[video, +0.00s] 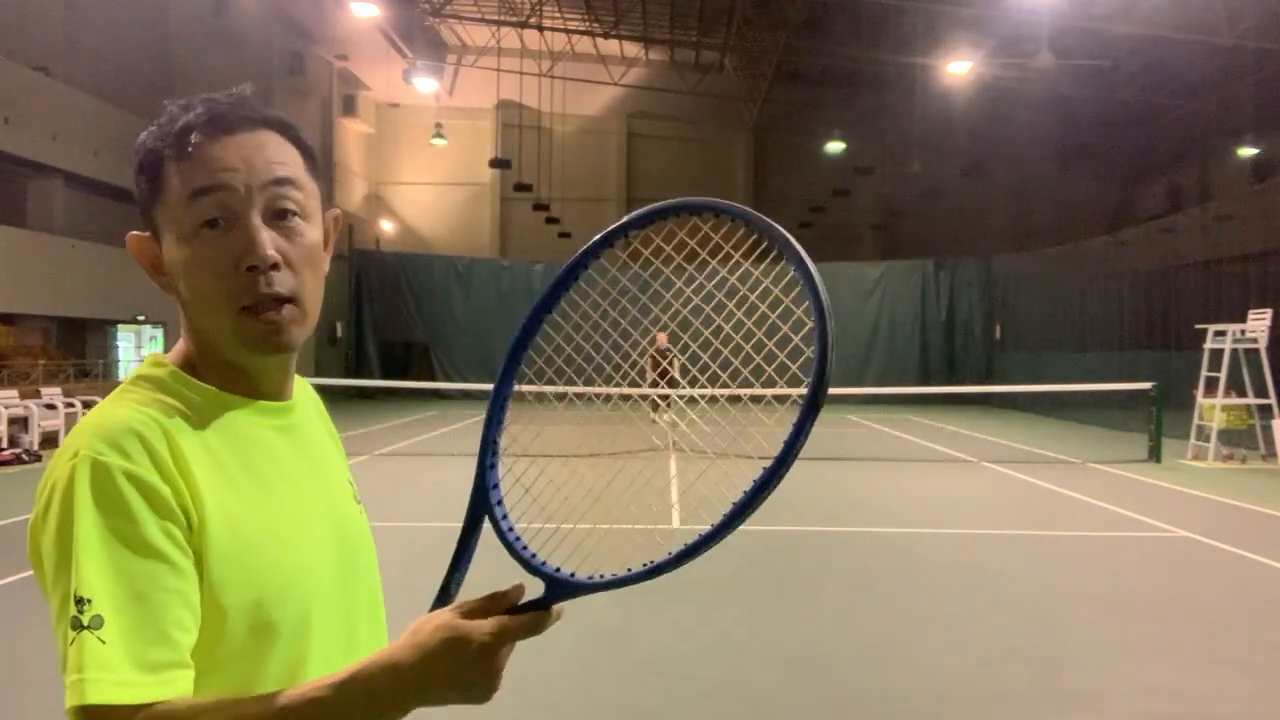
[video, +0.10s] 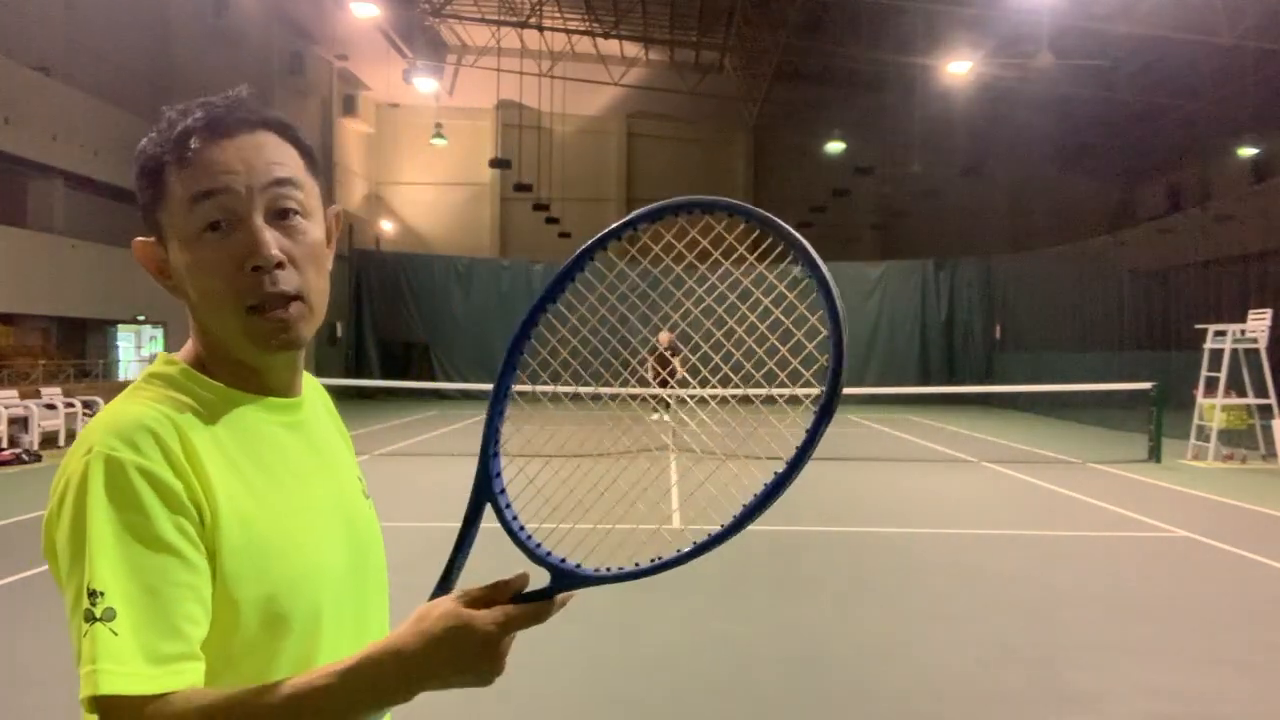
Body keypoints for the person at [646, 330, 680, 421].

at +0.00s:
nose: (661, 341)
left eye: (663, 339)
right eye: (659, 339)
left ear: (666, 340)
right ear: (656, 340)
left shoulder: (670, 350)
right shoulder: (653, 352)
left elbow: (675, 362)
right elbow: (649, 364)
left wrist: (676, 372)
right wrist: (650, 372)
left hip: (668, 375)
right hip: (657, 375)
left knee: (668, 394)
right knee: (656, 394)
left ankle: (667, 412)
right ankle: (654, 413)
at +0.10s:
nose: (664, 340)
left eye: (666, 338)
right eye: (662, 338)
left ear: (669, 339)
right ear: (658, 339)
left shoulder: (672, 349)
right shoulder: (655, 349)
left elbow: (676, 360)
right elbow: (650, 362)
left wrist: (679, 369)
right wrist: (650, 372)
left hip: (669, 373)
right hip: (658, 373)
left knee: (668, 393)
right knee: (656, 393)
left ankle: (666, 412)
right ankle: (656, 411)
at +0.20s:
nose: (666, 339)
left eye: (667, 336)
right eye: (663, 336)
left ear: (670, 338)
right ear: (659, 338)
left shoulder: (672, 351)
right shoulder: (655, 351)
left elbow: (677, 362)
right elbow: (650, 362)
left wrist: (679, 372)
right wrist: (650, 372)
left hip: (669, 373)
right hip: (658, 373)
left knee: (668, 392)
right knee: (658, 391)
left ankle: (667, 411)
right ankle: (658, 411)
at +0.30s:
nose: (665, 341)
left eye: (667, 339)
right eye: (663, 339)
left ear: (669, 340)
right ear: (660, 340)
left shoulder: (671, 352)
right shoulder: (657, 352)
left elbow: (678, 362)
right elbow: (651, 361)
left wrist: (681, 372)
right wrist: (652, 370)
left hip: (670, 374)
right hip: (660, 374)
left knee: (669, 393)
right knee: (660, 392)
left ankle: (666, 412)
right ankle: (659, 409)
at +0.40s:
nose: (664, 341)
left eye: (666, 339)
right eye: (662, 339)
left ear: (669, 340)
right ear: (658, 341)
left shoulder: (674, 352)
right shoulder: (655, 353)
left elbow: (680, 364)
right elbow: (651, 367)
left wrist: (682, 373)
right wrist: (657, 373)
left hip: (672, 374)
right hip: (661, 375)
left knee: (669, 391)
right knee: (660, 391)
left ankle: (667, 409)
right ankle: (660, 409)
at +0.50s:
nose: (664, 342)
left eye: (665, 339)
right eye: (661, 340)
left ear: (669, 340)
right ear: (658, 341)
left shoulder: (672, 352)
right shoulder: (655, 353)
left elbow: (677, 364)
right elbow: (651, 364)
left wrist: (676, 369)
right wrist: (653, 370)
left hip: (670, 374)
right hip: (659, 374)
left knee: (669, 392)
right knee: (661, 391)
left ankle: (668, 410)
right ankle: (662, 410)